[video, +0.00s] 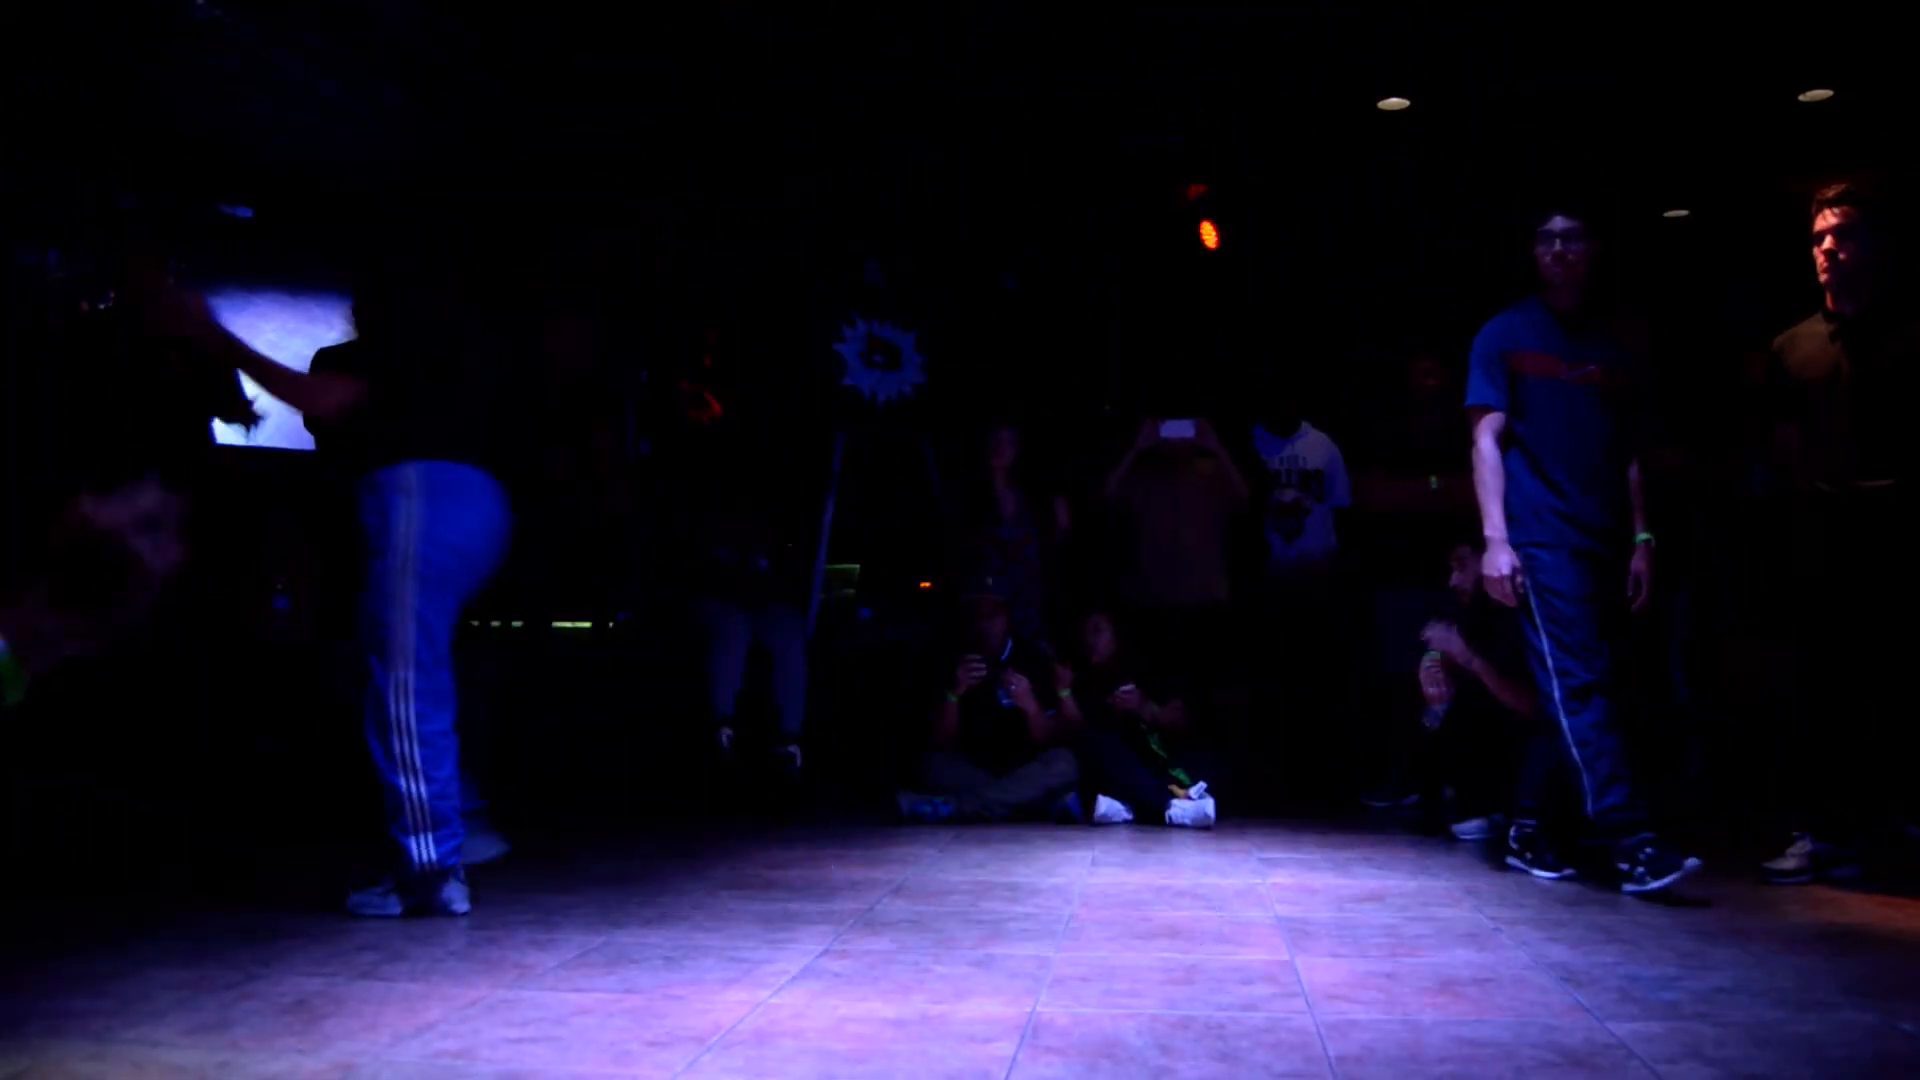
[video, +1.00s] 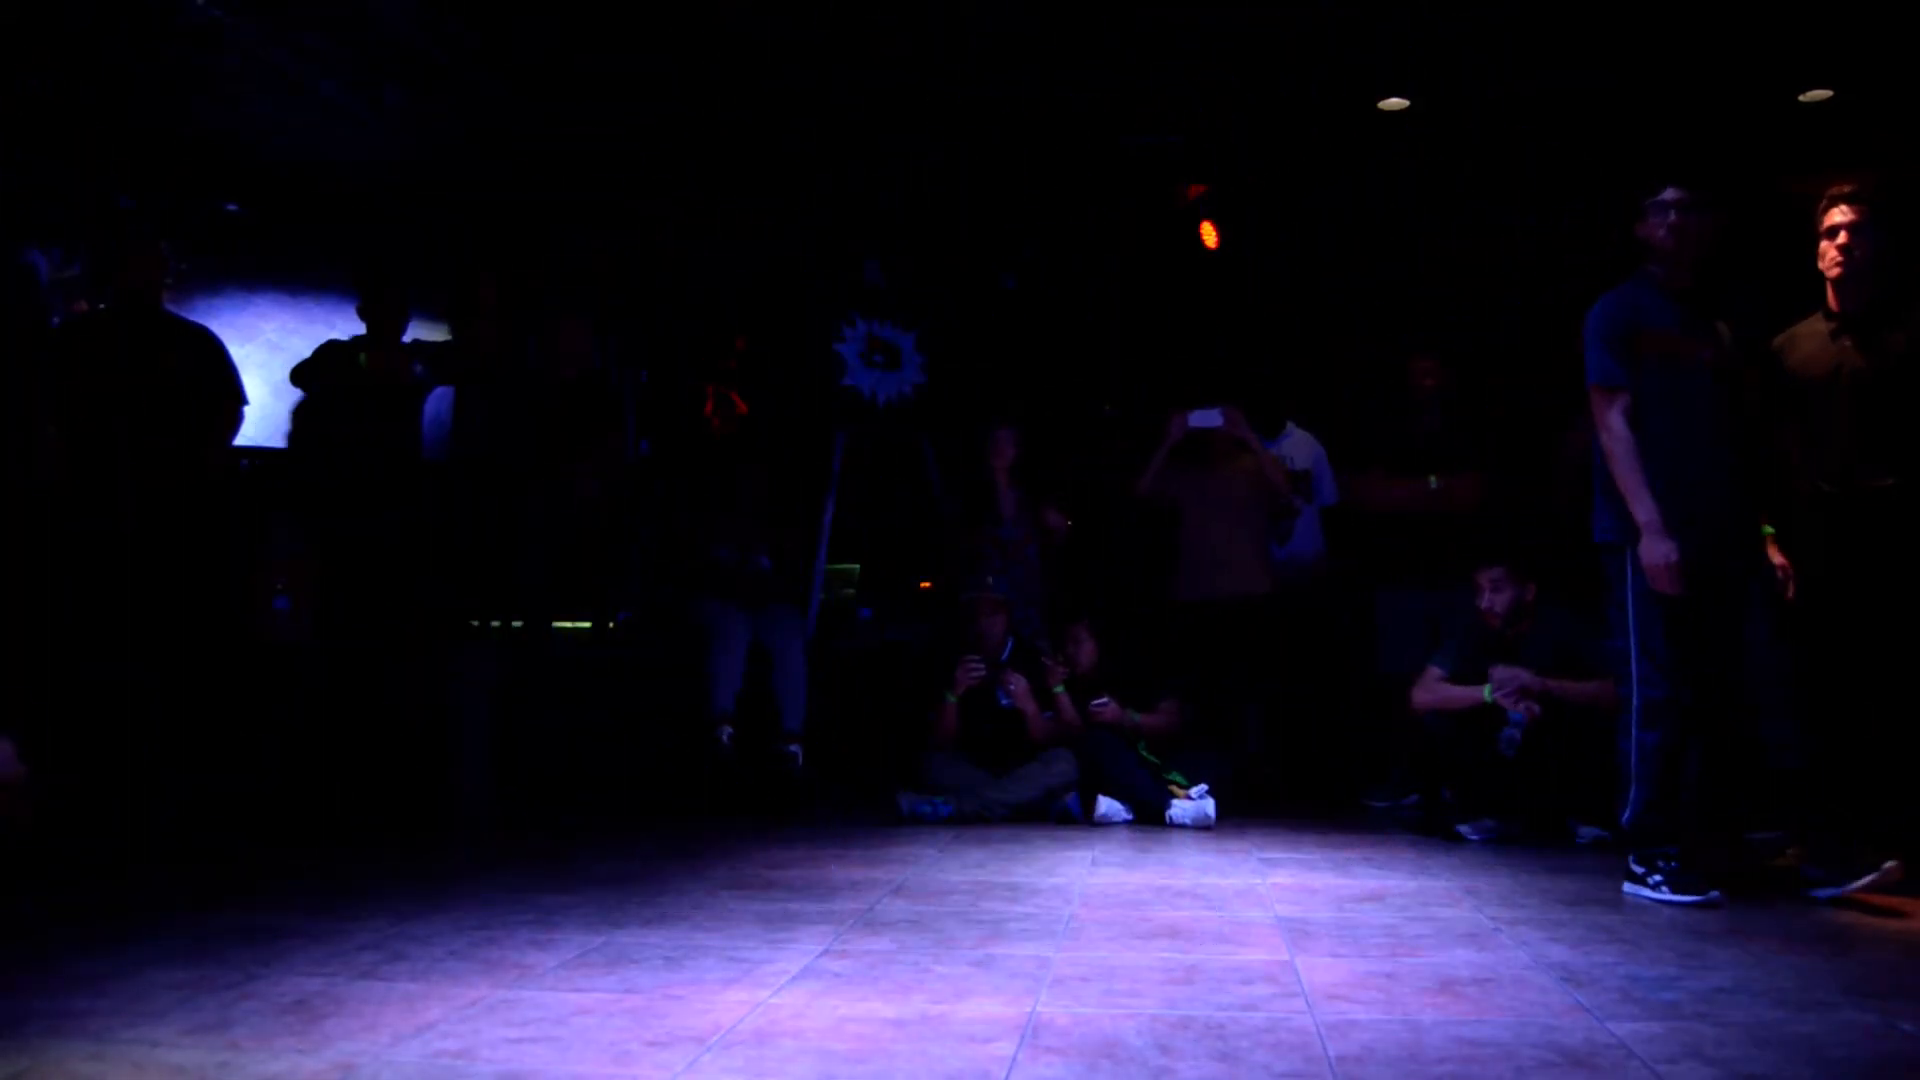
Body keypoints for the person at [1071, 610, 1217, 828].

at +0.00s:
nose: (1095, 640)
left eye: (1101, 632)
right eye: (1090, 633)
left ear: (1116, 636)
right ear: (1083, 639)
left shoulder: (1138, 671)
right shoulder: (1082, 679)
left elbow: (1175, 718)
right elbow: (1076, 728)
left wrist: (1141, 706)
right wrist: (1064, 690)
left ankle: (1128, 807)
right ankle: (1168, 807)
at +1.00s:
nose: (1072, 652)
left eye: (1079, 643)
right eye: (1068, 645)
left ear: (1098, 644)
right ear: (1063, 650)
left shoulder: (1126, 679)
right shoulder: (1072, 685)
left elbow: (1168, 721)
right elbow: (1075, 730)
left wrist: (1122, 717)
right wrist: (1057, 687)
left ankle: (1127, 807)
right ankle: (1169, 806)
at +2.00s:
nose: (1082, 647)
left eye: (1089, 639)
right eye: (1077, 641)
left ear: (1108, 642)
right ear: (1071, 646)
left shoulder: (1134, 676)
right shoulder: (1078, 683)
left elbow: (1173, 721)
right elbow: (1077, 731)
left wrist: (1129, 718)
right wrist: (1060, 692)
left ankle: (1130, 808)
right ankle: (1170, 807)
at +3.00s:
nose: (1127, 645)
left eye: (1136, 637)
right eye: (1122, 637)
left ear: (1151, 641)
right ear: (1114, 642)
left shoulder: (1168, 680)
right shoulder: (1106, 681)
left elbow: (1198, 731)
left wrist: (1165, 721)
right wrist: (1086, 716)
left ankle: (1136, 813)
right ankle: (1175, 813)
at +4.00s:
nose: (1208, 642)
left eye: (1216, 634)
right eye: (1203, 635)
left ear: (1233, 639)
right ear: (1197, 641)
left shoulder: (1254, 680)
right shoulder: (1188, 682)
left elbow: (1278, 735)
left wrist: (1242, 721)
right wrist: (1199, 723)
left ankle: (1217, 814)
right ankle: (1258, 813)